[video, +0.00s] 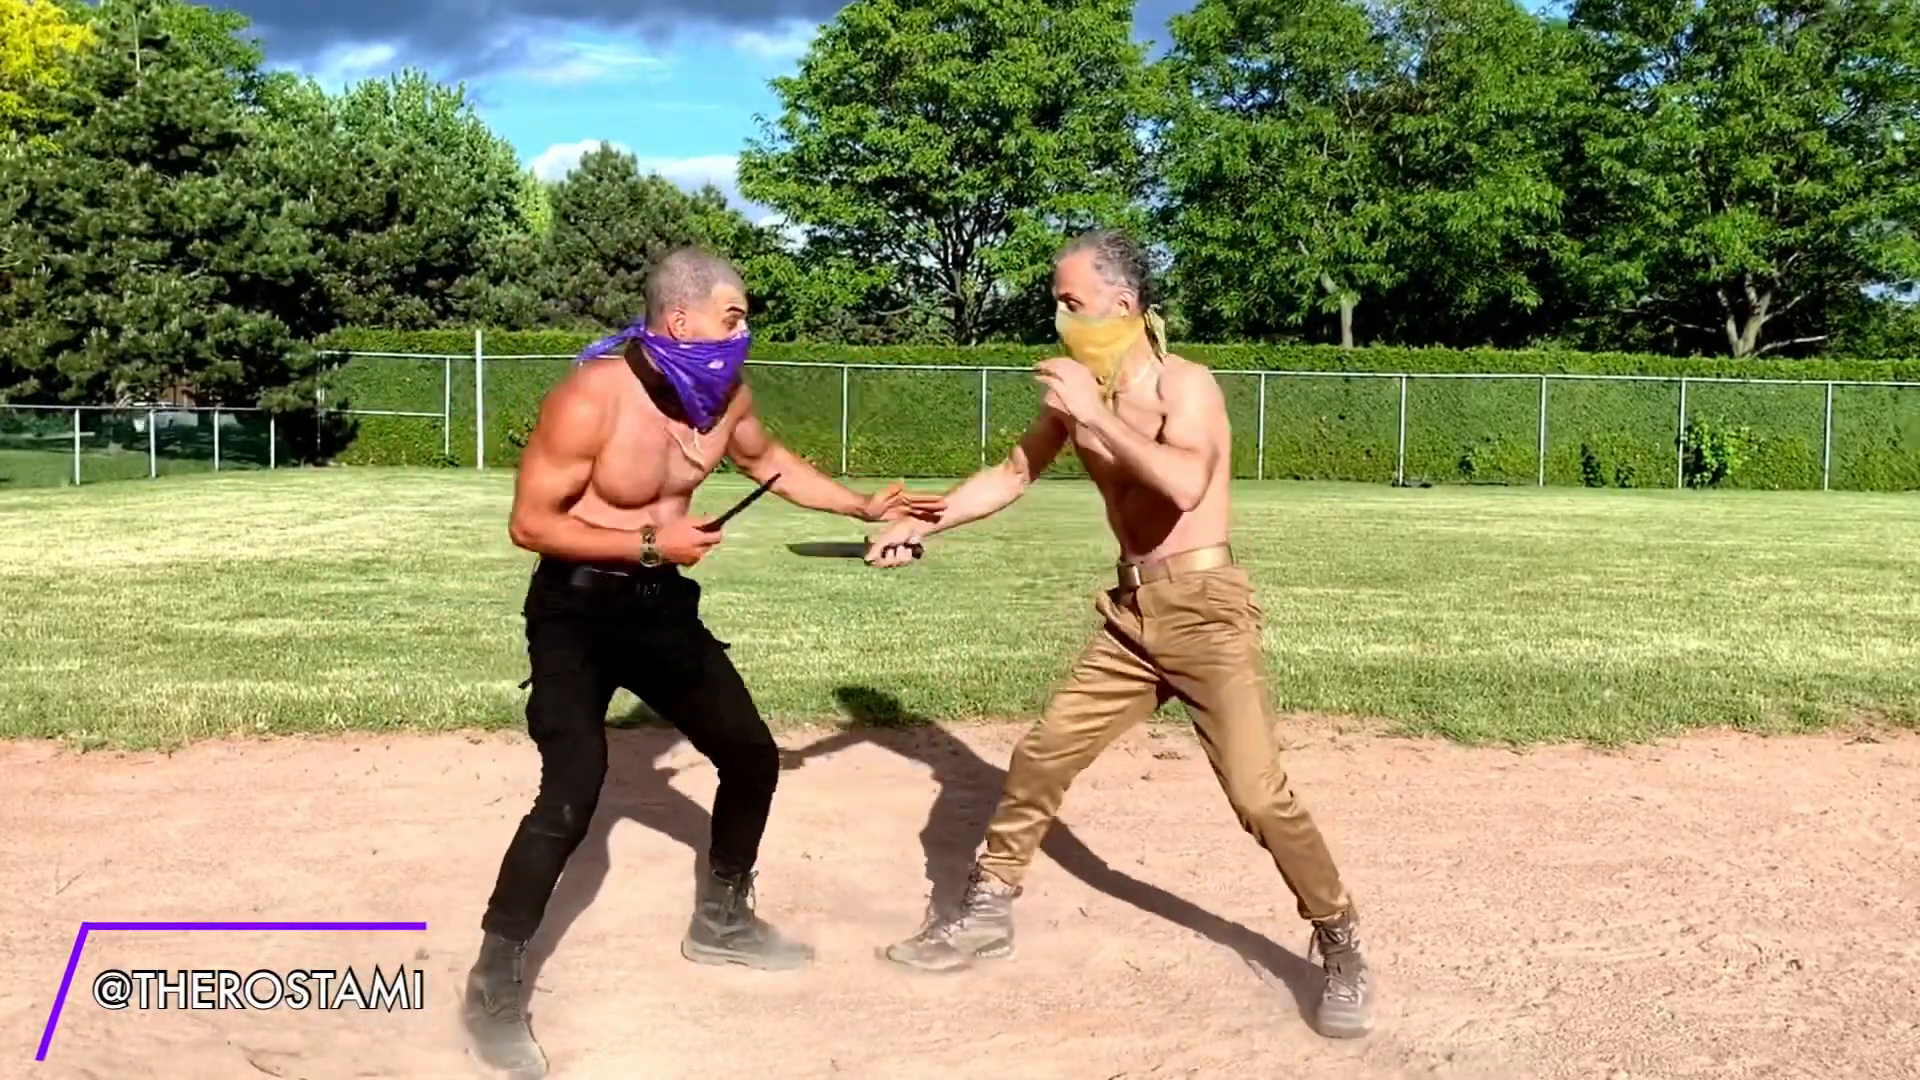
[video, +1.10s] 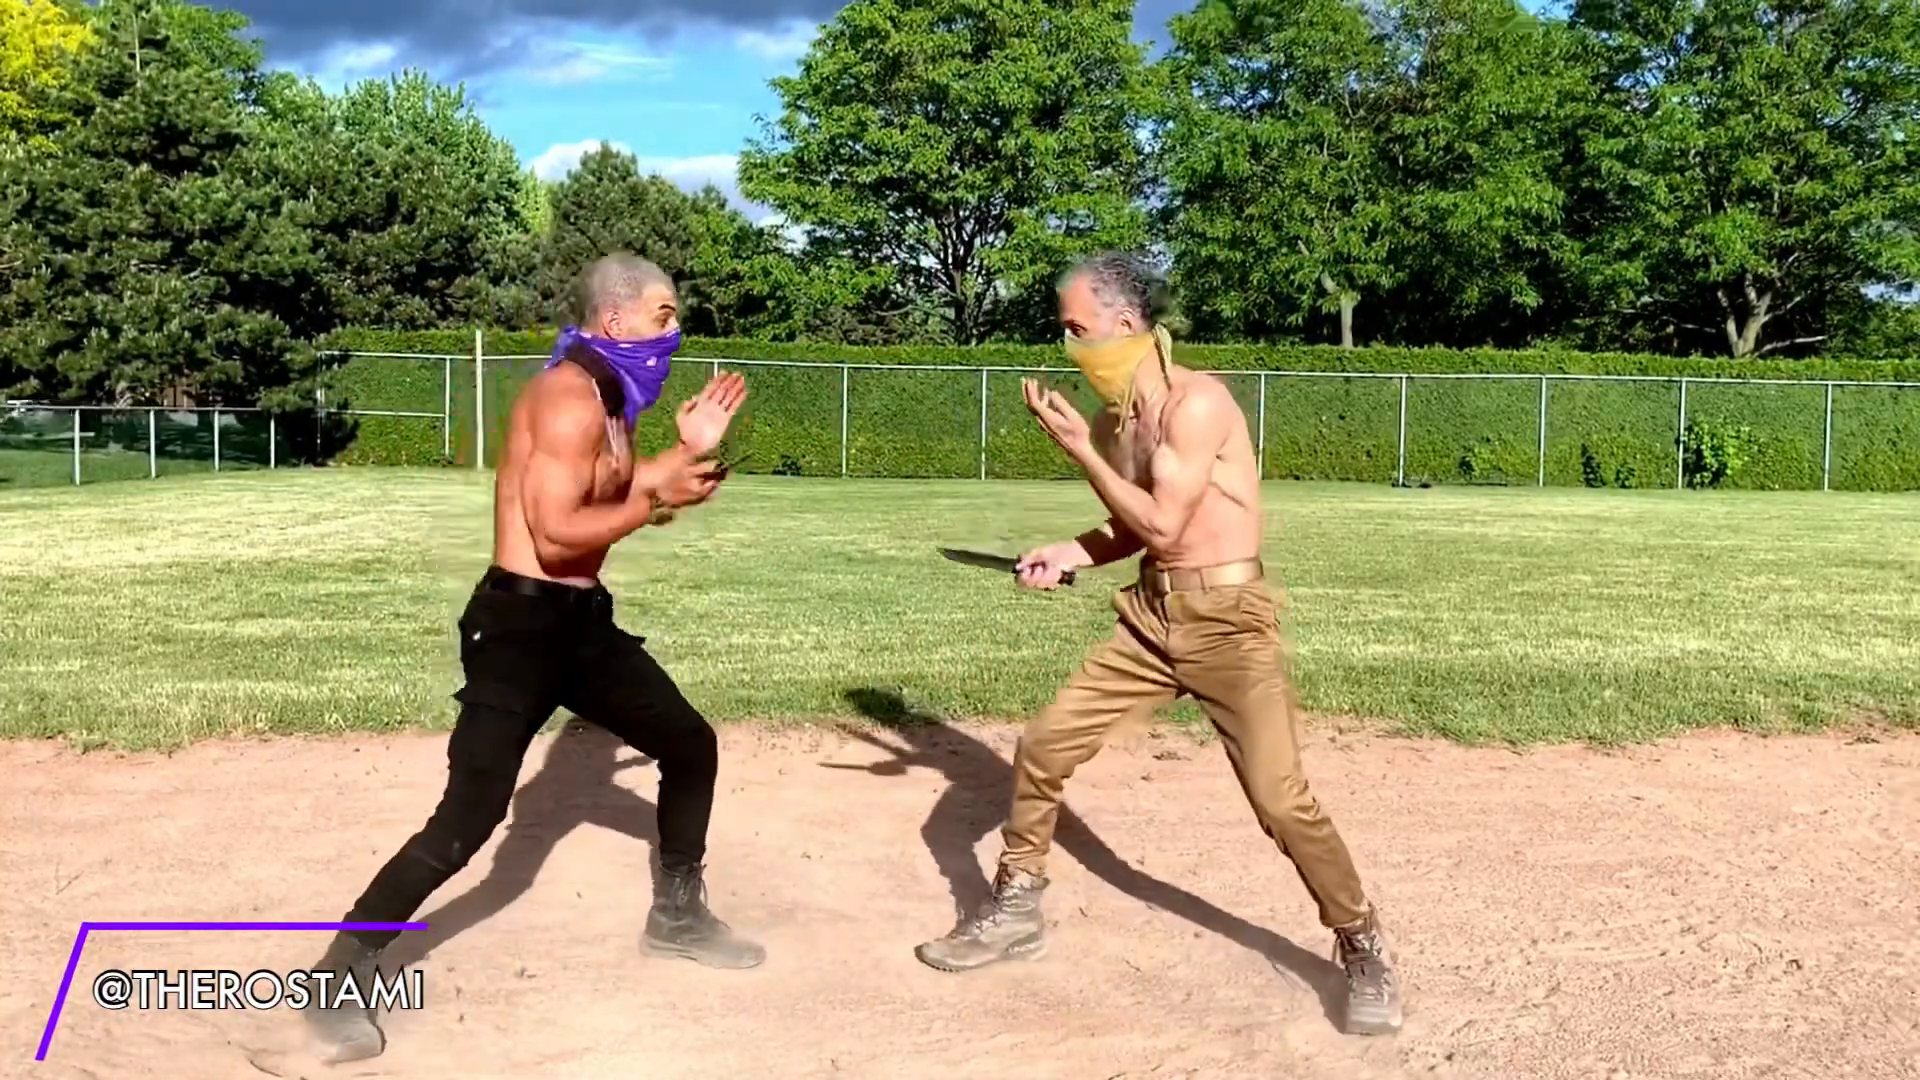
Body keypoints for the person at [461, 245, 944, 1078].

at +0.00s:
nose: (741, 336)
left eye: (745, 321)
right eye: (729, 320)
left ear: (714, 321)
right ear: (676, 321)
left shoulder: (725, 391)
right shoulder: (592, 395)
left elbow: (773, 465)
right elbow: (531, 524)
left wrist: (863, 501)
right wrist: (652, 542)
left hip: (660, 609)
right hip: (572, 612)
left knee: (751, 758)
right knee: (570, 794)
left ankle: (721, 919)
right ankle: (495, 988)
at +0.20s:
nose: (713, 325)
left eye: (716, 310)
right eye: (703, 308)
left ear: (668, 309)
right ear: (653, 307)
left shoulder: (688, 387)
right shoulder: (574, 391)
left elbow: (752, 445)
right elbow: (571, 534)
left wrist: (822, 378)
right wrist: (684, 489)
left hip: (654, 614)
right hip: (579, 618)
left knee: (744, 756)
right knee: (592, 813)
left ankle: (731, 915)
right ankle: (495, 992)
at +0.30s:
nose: (667, 316)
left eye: (669, 303)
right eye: (656, 300)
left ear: (614, 302)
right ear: (610, 299)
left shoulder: (606, 373)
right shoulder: (588, 354)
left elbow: (708, 409)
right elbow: (696, 418)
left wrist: (734, 318)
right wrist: (786, 361)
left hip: (637, 615)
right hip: (575, 624)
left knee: (727, 760)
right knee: (598, 838)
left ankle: (730, 914)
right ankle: (490, 995)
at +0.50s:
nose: (604, 308)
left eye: (606, 294)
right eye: (592, 290)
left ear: (548, 295)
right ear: (542, 288)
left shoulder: (558, 373)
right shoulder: (502, 361)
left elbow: (662, 425)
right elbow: (605, 440)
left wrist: (638, 321)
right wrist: (683, 361)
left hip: (633, 596)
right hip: (564, 608)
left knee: (703, 757)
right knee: (585, 815)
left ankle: (722, 912)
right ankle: (491, 992)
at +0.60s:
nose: (620, 280)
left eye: (621, 266)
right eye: (607, 263)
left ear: (587, 272)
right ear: (552, 264)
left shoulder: (596, 353)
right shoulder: (497, 352)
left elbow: (652, 439)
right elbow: (501, 499)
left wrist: (673, 339)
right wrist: (619, 459)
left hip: (608, 583)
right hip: (531, 592)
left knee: (691, 738)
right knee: (539, 792)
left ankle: (689, 908)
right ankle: (485, 989)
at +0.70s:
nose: (632, 299)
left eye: (634, 285)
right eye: (619, 283)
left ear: (598, 288)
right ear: (565, 283)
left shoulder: (602, 373)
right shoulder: (496, 375)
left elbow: (619, 454)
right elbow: (449, 509)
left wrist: (685, 401)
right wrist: (565, 524)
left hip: (595, 598)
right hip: (511, 602)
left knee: (671, 753)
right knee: (484, 789)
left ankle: (667, 914)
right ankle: (413, 966)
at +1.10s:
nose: (674, 328)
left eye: (675, 315)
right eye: (664, 313)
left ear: (619, 320)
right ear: (615, 316)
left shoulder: (600, 396)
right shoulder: (566, 395)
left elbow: (621, 505)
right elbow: (558, 529)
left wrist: (688, 450)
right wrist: (649, 498)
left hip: (579, 624)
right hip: (518, 627)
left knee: (690, 744)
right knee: (464, 821)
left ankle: (678, 913)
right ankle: (336, 975)